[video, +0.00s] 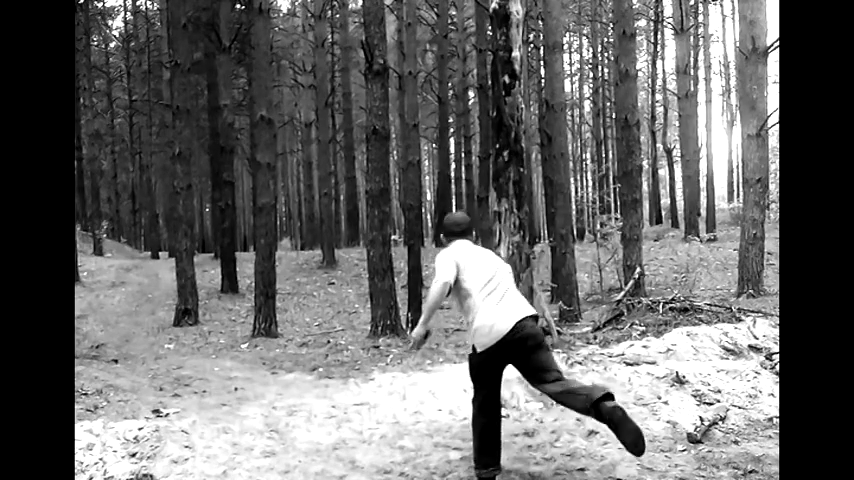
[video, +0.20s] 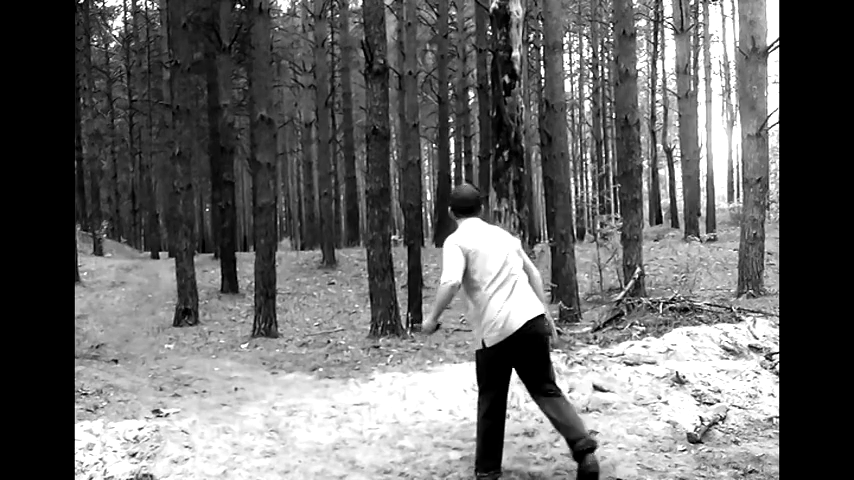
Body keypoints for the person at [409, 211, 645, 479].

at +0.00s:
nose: (439, 241)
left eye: (439, 237)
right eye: (441, 237)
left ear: (443, 238)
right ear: (471, 234)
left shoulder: (448, 254)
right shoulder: (490, 255)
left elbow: (443, 283)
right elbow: (508, 290)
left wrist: (422, 324)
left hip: (488, 335)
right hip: (524, 323)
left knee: (485, 402)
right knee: (553, 381)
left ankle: (486, 469)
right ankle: (602, 406)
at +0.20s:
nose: (451, 214)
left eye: (451, 210)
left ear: (452, 212)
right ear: (480, 208)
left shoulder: (456, 241)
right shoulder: (503, 235)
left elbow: (450, 282)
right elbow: (534, 273)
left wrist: (432, 319)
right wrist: (544, 313)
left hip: (497, 330)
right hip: (533, 320)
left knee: (491, 402)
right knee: (545, 389)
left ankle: (487, 469)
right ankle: (585, 449)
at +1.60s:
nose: (548, 203)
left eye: (555, 193)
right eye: (541, 195)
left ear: (573, 189)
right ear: (536, 195)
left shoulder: (605, 238)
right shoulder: (526, 242)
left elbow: (630, 298)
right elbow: (514, 292)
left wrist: (616, 354)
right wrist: (496, 296)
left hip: (596, 361)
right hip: (547, 360)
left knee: (598, 443)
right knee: (561, 441)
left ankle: (600, 477)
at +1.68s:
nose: (542, 197)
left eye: (549, 187)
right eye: (535, 189)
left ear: (569, 182)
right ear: (529, 190)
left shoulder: (604, 231)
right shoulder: (521, 236)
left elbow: (630, 293)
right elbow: (512, 287)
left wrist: (621, 352)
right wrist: (506, 301)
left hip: (593, 364)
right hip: (542, 365)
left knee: (599, 455)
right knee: (557, 455)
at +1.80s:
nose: (537, 187)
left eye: (544, 177)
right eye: (530, 179)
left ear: (565, 171)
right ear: (523, 180)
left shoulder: (604, 222)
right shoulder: (518, 228)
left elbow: (632, 284)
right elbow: (507, 279)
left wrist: (630, 346)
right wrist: (507, 303)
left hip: (591, 365)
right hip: (537, 366)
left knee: (592, 454)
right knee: (550, 460)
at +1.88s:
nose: (533, 180)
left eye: (540, 169)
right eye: (525, 172)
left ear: (562, 164)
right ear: (519, 174)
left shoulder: (602, 216)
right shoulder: (512, 223)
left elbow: (631, 280)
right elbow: (501, 280)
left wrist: (639, 346)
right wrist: (499, 315)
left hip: (586, 352)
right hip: (533, 357)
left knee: (580, 442)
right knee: (547, 457)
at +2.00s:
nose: (527, 181)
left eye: (534, 170)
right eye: (520, 173)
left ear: (558, 164)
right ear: (514, 175)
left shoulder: (600, 220)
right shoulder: (508, 226)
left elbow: (633, 287)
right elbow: (496, 285)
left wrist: (646, 357)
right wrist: (487, 321)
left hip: (584, 357)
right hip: (531, 363)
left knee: (577, 454)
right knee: (547, 461)